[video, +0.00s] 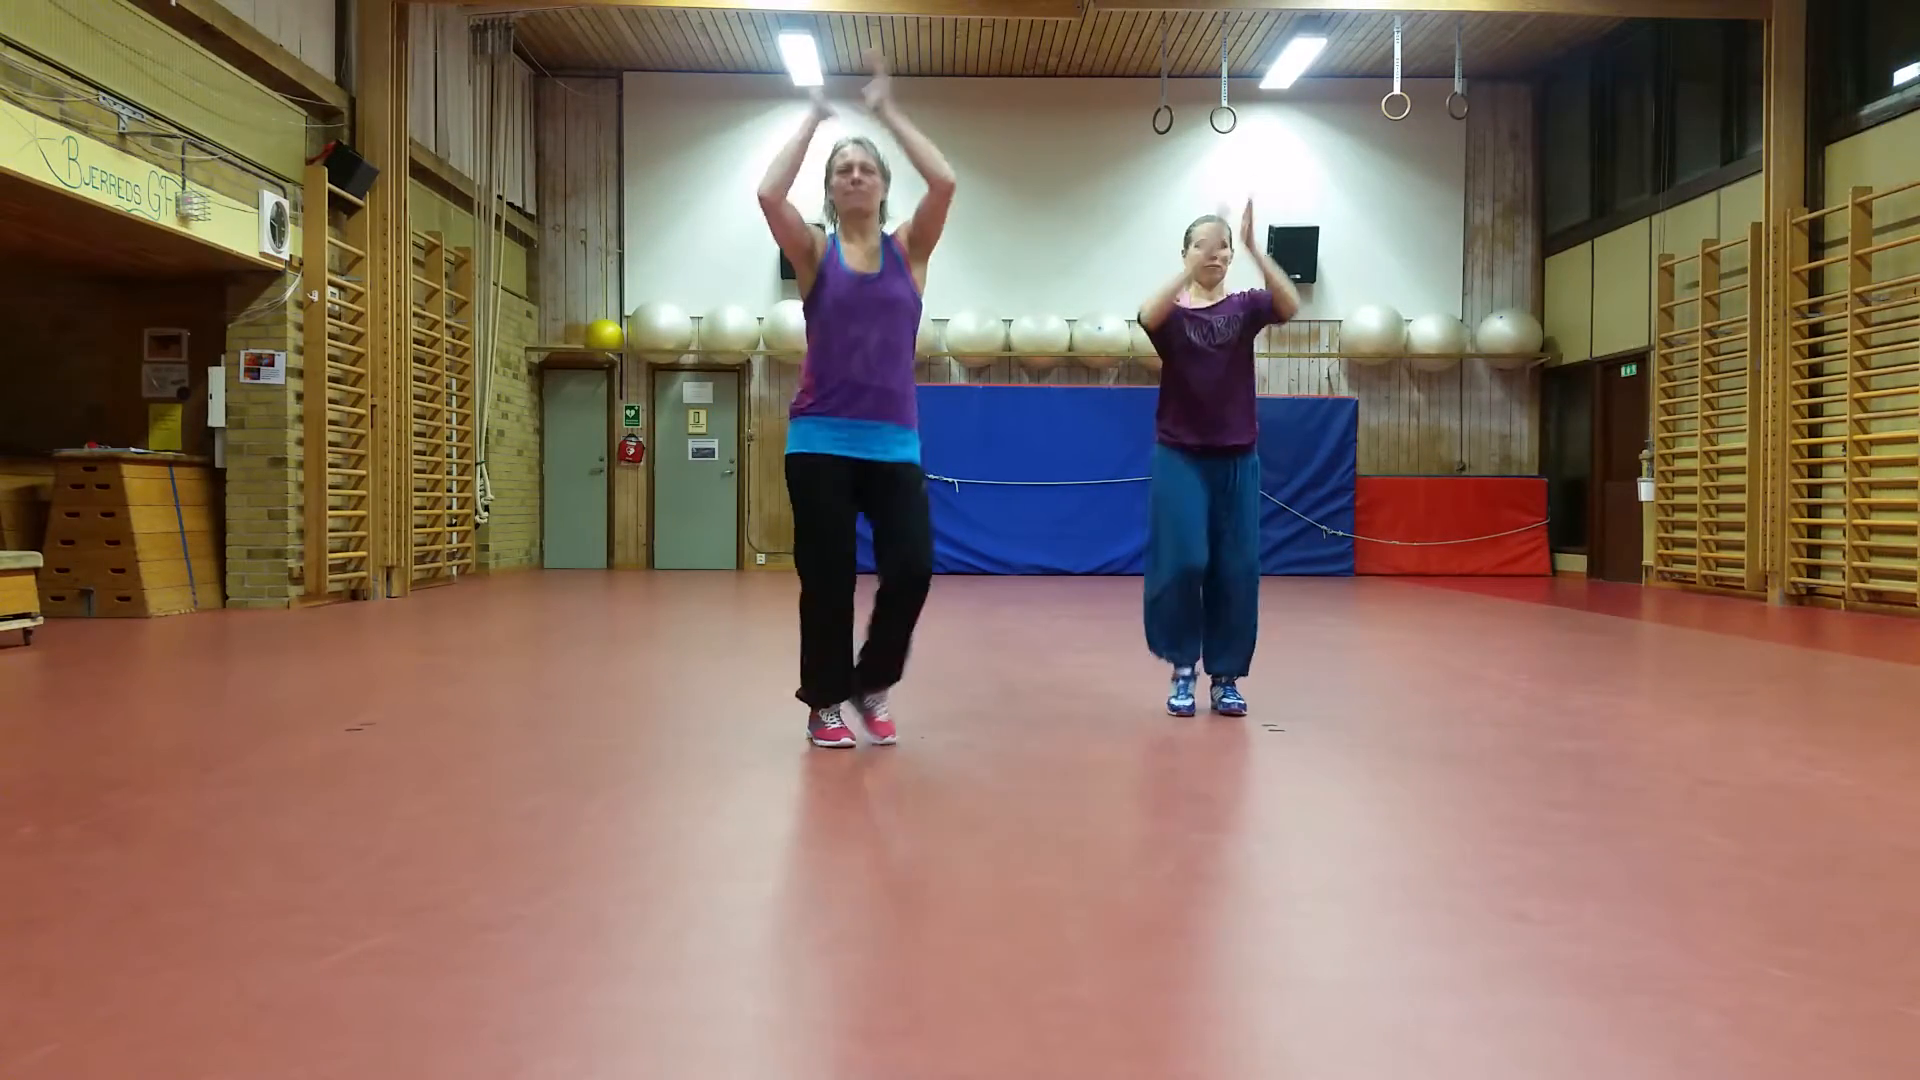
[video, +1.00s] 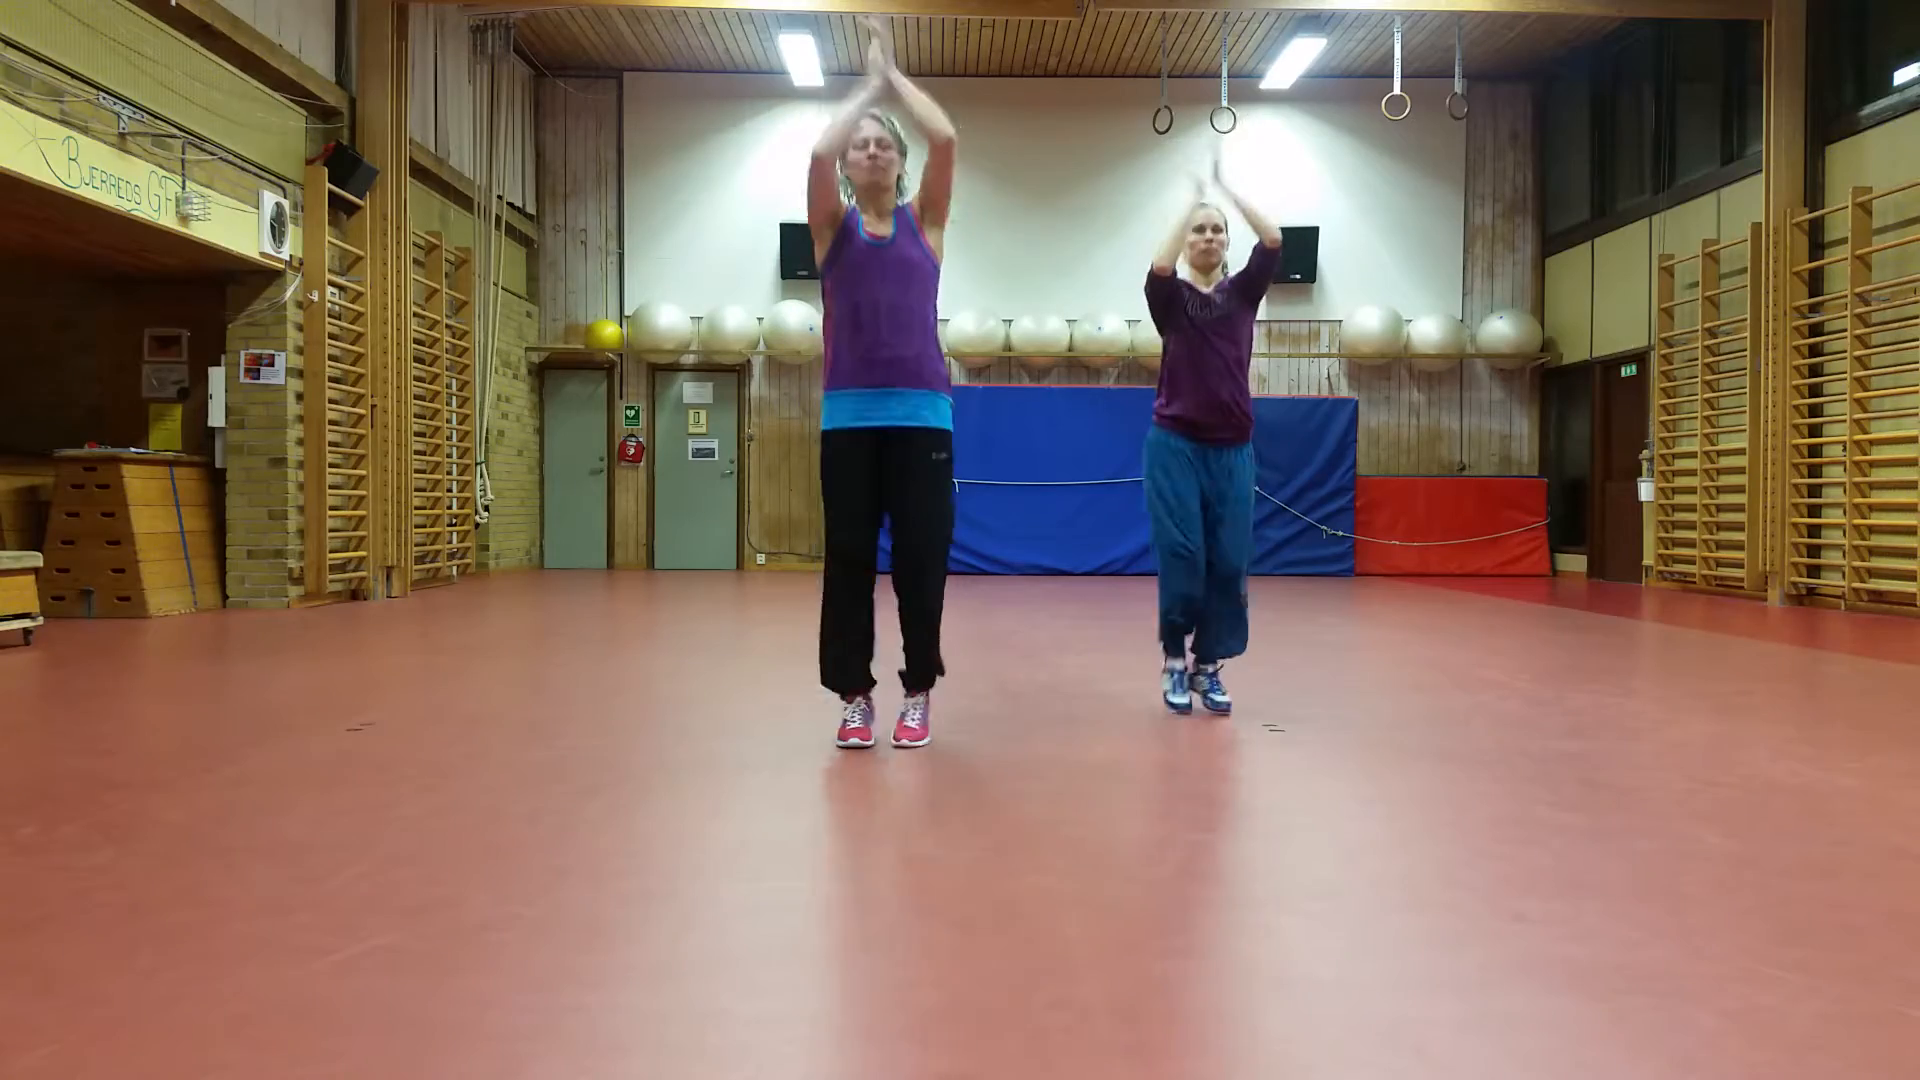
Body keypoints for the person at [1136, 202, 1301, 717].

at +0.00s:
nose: (1215, 256)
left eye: (1223, 249)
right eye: (1206, 248)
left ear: (1230, 257)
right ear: (1187, 255)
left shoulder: (1245, 304)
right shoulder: (1170, 309)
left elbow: (1289, 306)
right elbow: (1148, 319)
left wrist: (1254, 250)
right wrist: (1185, 274)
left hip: (1237, 453)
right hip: (1179, 452)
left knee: (1237, 565)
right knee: (1186, 561)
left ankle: (1226, 677)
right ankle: (1183, 669)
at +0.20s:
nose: (1215, 253)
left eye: (1224, 247)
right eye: (1206, 245)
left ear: (1232, 257)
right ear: (1188, 252)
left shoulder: (1242, 307)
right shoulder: (1170, 310)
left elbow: (1272, 276)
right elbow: (1172, 290)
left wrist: (1242, 210)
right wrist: (1187, 222)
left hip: (1241, 455)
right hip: (1188, 454)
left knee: (1240, 565)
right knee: (1204, 559)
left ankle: (1228, 677)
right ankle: (1197, 667)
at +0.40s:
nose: (1212, 253)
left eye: (1220, 246)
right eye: (1203, 244)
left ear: (1227, 256)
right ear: (1183, 253)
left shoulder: (1238, 307)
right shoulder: (1166, 312)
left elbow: (1281, 260)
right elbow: (1152, 279)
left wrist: (1243, 195)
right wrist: (1189, 210)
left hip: (1240, 458)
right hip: (1186, 459)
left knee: (1247, 571)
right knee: (1198, 571)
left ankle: (1227, 676)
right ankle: (1198, 678)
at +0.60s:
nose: (1211, 249)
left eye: (1219, 242)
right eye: (1202, 241)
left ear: (1228, 253)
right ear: (1184, 252)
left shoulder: (1241, 303)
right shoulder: (1167, 308)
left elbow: (1275, 254)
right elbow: (1173, 275)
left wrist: (1241, 193)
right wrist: (1192, 214)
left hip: (1239, 458)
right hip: (1180, 458)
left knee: (1240, 570)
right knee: (1178, 568)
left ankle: (1221, 669)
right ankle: (1192, 675)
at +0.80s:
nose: (1212, 250)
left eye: (1221, 243)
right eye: (1202, 245)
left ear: (1233, 256)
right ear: (1187, 258)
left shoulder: (1250, 307)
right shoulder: (1174, 311)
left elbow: (1289, 247)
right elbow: (1151, 269)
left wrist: (1245, 183)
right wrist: (1185, 201)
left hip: (1236, 460)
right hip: (1177, 457)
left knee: (1231, 568)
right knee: (1180, 559)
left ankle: (1221, 674)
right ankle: (1188, 664)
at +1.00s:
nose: (1210, 237)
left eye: (1217, 230)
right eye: (1200, 229)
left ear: (1227, 241)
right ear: (1182, 240)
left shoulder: (1242, 293)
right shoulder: (1169, 298)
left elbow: (1273, 240)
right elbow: (1160, 268)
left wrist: (1225, 189)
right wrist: (1189, 205)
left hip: (1232, 447)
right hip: (1174, 443)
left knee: (1229, 559)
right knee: (1183, 551)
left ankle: (1209, 668)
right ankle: (1175, 661)